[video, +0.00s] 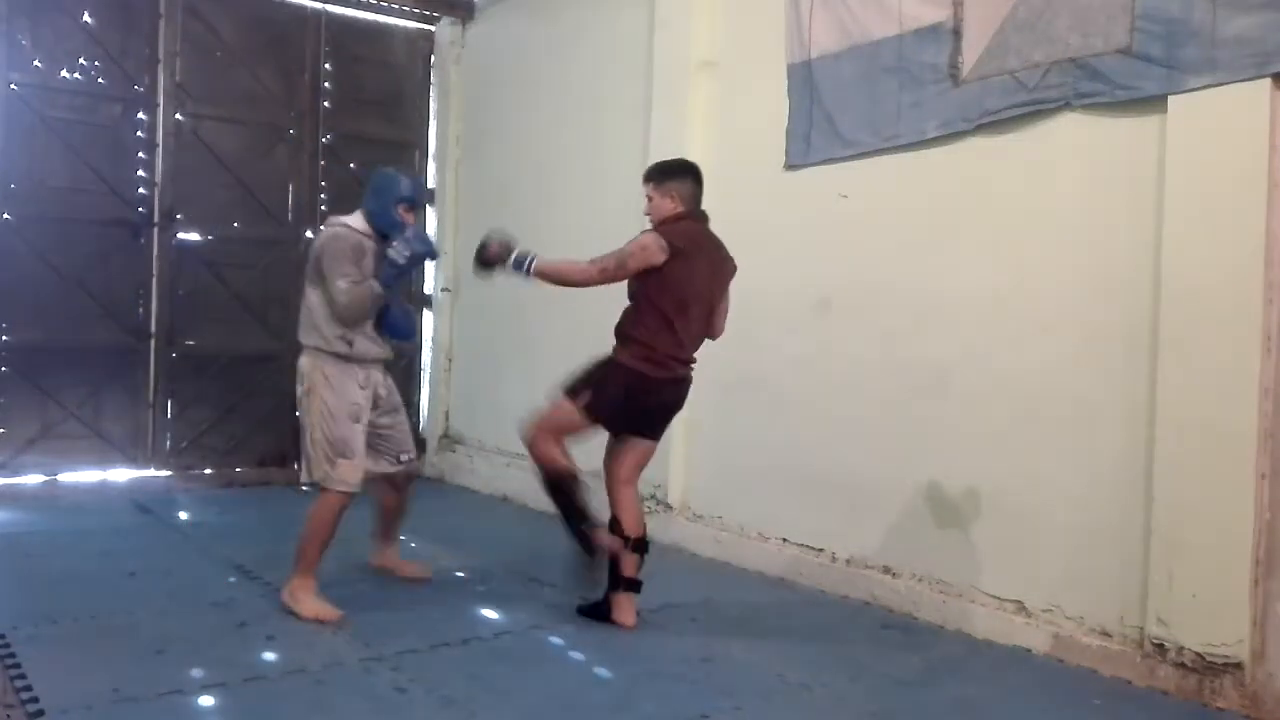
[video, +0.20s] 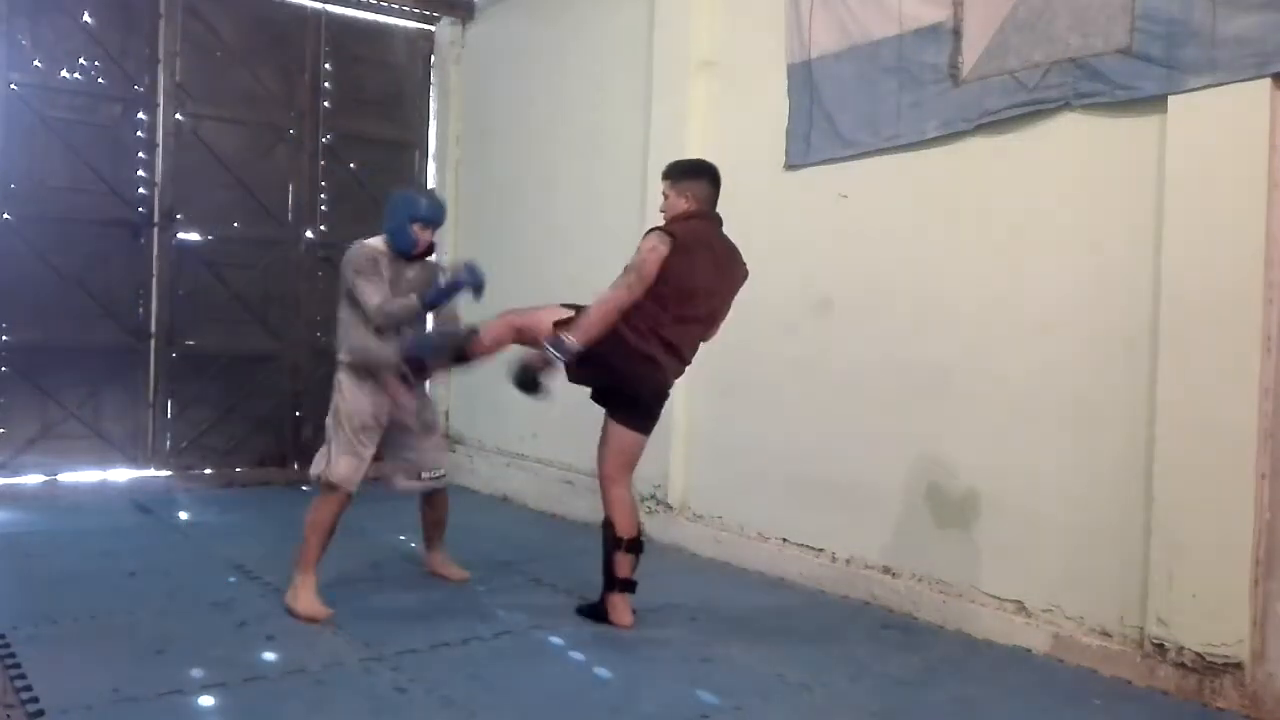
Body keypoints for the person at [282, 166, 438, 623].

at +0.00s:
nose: (409, 217)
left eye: (413, 209)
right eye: (404, 206)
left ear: (406, 211)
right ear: (379, 203)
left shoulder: (387, 246)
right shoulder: (341, 236)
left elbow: (381, 311)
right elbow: (347, 305)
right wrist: (392, 271)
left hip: (372, 368)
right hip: (331, 368)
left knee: (400, 467)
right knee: (342, 479)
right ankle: (300, 584)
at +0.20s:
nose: (430, 239)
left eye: (434, 230)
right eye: (423, 228)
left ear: (433, 231)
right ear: (400, 225)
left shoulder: (431, 269)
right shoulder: (364, 257)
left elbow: (450, 332)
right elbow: (382, 314)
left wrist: (434, 350)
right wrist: (444, 291)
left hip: (411, 379)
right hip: (362, 379)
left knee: (434, 471)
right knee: (342, 479)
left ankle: (435, 553)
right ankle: (303, 580)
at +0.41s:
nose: (448, 225)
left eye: (454, 219)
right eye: (442, 215)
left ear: (458, 224)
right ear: (421, 213)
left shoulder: (458, 266)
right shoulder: (383, 251)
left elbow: (455, 323)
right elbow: (355, 303)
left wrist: (434, 314)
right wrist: (391, 301)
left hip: (436, 382)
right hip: (385, 379)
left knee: (450, 465)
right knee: (367, 461)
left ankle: (443, 546)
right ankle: (355, 531)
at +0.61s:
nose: (448, 257)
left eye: (454, 250)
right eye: (440, 248)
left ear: (461, 255)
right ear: (423, 250)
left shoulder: (469, 299)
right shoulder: (397, 292)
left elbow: (482, 348)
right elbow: (384, 345)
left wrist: (463, 376)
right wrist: (419, 339)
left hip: (451, 407)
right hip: (408, 404)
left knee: (453, 483)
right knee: (385, 477)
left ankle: (455, 543)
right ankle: (392, 530)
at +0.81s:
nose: (484, 238)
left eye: (491, 230)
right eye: (477, 230)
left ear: (500, 234)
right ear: (464, 233)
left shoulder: (514, 273)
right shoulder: (445, 271)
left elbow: (540, 316)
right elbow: (423, 317)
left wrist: (526, 340)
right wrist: (450, 307)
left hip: (505, 381)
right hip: (458, 380)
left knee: (520, 458)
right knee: (432, 457)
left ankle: (526, 540)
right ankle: (442, 516)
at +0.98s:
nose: (532, 259)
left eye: (538, 252)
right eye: (524, 251)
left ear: (546, 257)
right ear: (509, 254)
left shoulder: (557, 298)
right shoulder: (489, 293)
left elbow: (584, 347)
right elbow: (475, 343)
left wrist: (572, 358)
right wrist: (505, 314)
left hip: (542, 411)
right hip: (497, 407)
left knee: (560, 476)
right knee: (477, 481)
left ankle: (587, 559)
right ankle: (488, 537)